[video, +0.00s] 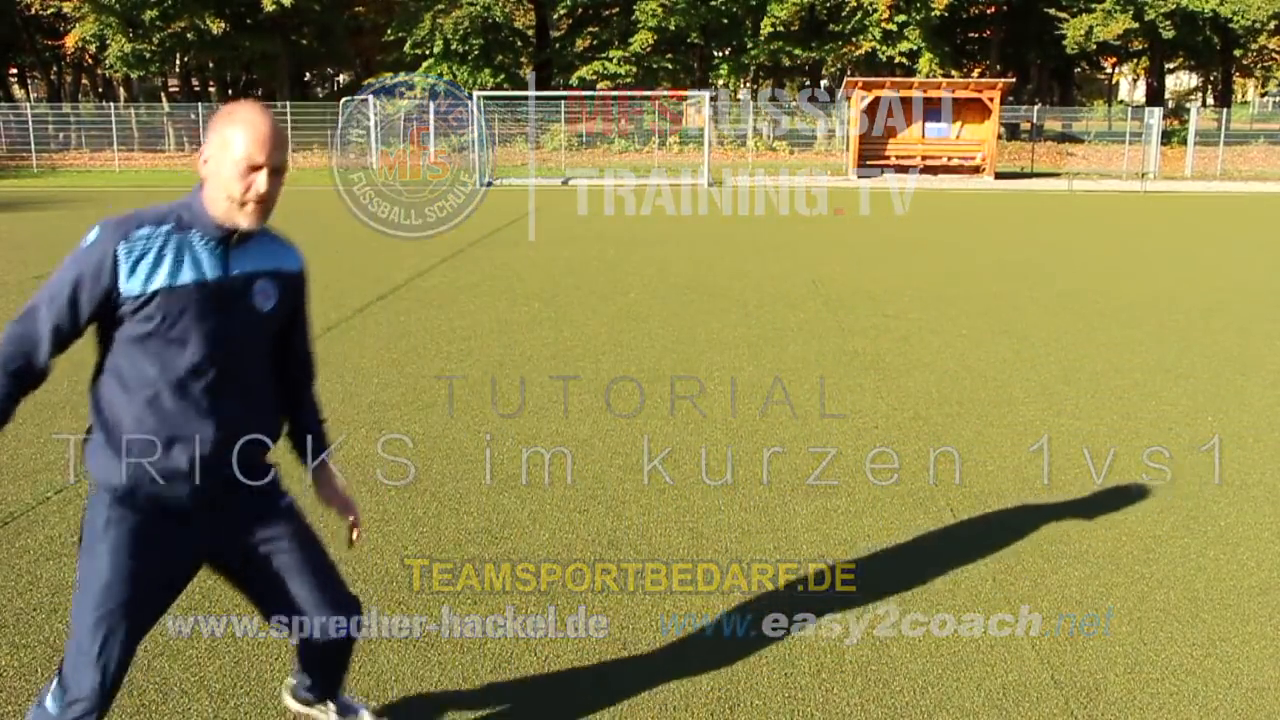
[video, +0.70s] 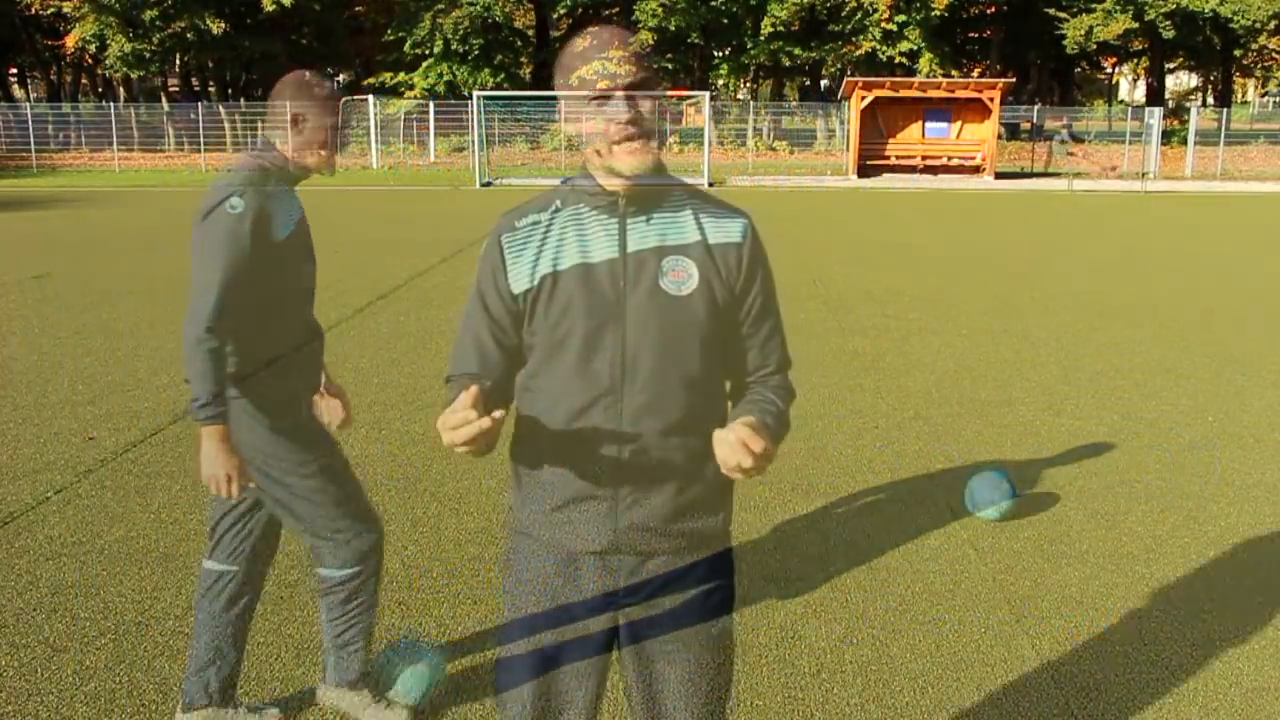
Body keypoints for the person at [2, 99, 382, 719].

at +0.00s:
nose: (264, 186)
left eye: (275, 170)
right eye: (249, 168)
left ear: (285, 170)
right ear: (205, 160)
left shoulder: (281, 262)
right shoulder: (123, 246)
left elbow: (295, 378)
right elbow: (24, 348)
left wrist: (321, 467)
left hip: (244, 495)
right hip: (138, 499)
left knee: (334, 621)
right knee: (89, 685)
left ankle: (314, 699)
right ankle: (48, 711)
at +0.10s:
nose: (254, 203)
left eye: (262, 189)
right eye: (239, 188)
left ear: (269, 186)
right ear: (191, 176)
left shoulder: (255, 274)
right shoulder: (107, 262)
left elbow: (258, 393)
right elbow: (14, 376)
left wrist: (261, 488)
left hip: (224, 502)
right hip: (127, 507)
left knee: (292, 621)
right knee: (96, 694)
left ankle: (252, 688)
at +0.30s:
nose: (287, 157)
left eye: (290, 143)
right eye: (274, 143)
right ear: (224, 134)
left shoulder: (262, 217)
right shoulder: (151, 218)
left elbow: (235, 326)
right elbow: (78, 337)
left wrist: (236, 412)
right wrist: (50, 450)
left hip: (234, 436)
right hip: (160, 446)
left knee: (249, 575)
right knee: (133, 624)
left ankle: (203, 703)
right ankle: (80, 712)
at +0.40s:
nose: (302, 157)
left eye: (305, 143)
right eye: (290, 143)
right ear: (243, 133)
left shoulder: (265, 212)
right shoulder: (175, 216)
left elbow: (240, 325)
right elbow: (115, 342)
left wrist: (249, 414)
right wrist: (109, 455)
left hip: (247, 427)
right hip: (187, 436)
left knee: (249, 573)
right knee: (186, 596)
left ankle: (208, 700)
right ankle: (131, 712)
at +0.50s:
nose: (316, 150)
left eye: (319, 137)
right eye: (305, 138)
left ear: (275, 132)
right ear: (261, 129)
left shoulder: (265, 194)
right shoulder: (194, 207)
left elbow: (245, 313)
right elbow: (144, 334)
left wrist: (261, 401)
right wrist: (154, 442)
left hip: (256, 415)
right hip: (212, 425)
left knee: (247, 576)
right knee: (250, 588)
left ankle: (213, 697)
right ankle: (204, 711)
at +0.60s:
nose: (330, 143)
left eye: (331, 130)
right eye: (319, 131)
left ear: (284, 125)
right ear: (275, 123)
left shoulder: (271, 191)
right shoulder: (215, 201)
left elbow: (277, 303)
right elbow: (172, 330)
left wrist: (294, 384)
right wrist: (185, 435)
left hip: (263, 400)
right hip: (226, 410)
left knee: (233, 561)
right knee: (307, 561)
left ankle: (204, 699)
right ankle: (287, 710)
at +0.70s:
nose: (337, 147)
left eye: (338, 135)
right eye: (328, 136)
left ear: (295, 130)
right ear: (291, 127)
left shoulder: (276, 191)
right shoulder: (242, 199)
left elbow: (284, 304)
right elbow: (202, 329)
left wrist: (317, 377)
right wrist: (213, 433)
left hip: (272, 394)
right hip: (255, 399)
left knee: (235, 555)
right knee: (352, 536)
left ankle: (204, 700)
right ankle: (344, 684)